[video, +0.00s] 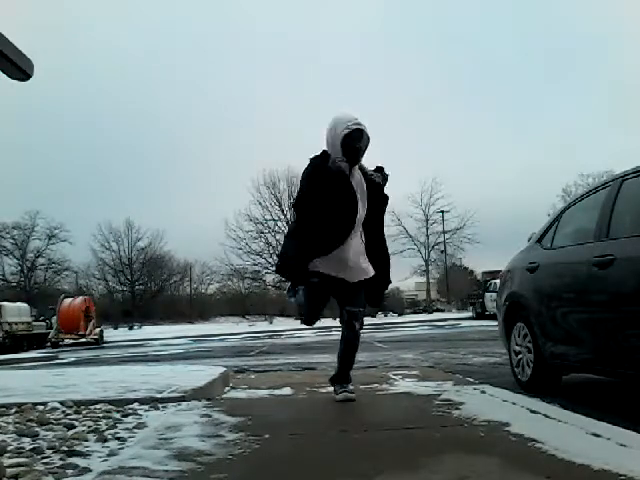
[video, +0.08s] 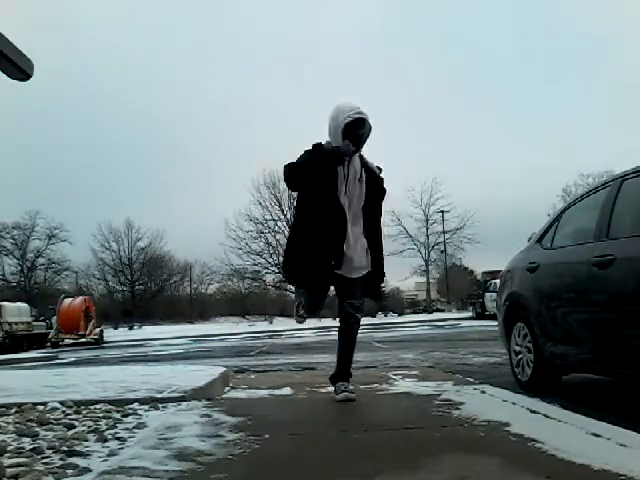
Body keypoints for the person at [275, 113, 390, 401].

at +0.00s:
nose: (359, 147)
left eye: (363, 141)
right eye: (352, 140)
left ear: (367, 144)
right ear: (336, 141)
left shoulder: (369, 182)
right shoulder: (318, 171)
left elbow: (375, 231)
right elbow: (302, 218)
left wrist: (381, 272)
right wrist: (291, 261)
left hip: (357, 264)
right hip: (322, 261)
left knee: (353, 324)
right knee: (309, 317)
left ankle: (342, 380)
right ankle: (296, 284)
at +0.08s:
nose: (360, 136)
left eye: (364, 130)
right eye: (354, 129)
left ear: (367, 134)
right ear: (338, 129)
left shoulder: (371, 175)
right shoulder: (317, 160)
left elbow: (374, 227)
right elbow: (292, 180)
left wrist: (377, 269)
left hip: (356, 257)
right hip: (319, 254)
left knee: (351, 318)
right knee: (312, 309)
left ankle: (342, 379)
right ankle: (302, 302)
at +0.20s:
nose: (358, 113)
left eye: (362, 108)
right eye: (352, 108)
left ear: (368, 116)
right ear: (339, 115)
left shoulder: (372, 160)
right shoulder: (318, 140)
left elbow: (377, 212)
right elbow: (294, 118)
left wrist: (378, 254)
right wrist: (336, 101)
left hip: (351, 242)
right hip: (314, 237)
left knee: (350, 308)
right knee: (306, 297)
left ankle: (343, 375)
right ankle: (328, 311)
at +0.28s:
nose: (353, 121)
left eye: (358, 116)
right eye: (347, 115)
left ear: (363, 121)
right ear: (333, 119)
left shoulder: (373, 165)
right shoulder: (322, 146)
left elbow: (382, 218)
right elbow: (301, 156)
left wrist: (382, 261)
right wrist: (316, 120)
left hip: (353, 248)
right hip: (318, 241)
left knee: (351, 311)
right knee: (298, 303)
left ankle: (346, 379)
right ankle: (320, 303)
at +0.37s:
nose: (338, 138)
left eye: (343, 132)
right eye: (332, 133)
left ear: (354, 137)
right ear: (323, 136)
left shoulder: (374, 177)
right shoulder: (314, 167)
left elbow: (384, 220)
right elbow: (302, 208)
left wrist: (402, 241)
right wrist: (295, 171)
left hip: (358, 261)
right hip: (323, 257)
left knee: (349, 321)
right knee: (296, 315)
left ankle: (344, 381)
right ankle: (296, 300)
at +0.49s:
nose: (319, 145)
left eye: (324, 139)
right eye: (315, 140)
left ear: (340, 139)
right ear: (313, 142)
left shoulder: (367, 169)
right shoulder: (309, 174)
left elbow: (411, 182)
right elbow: (284, 214)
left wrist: (389, 169)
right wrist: (280, 216)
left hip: (357, 262)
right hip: (321, 262)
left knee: (349, 321)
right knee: (317, 314)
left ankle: (343, 380)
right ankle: (287, 310)